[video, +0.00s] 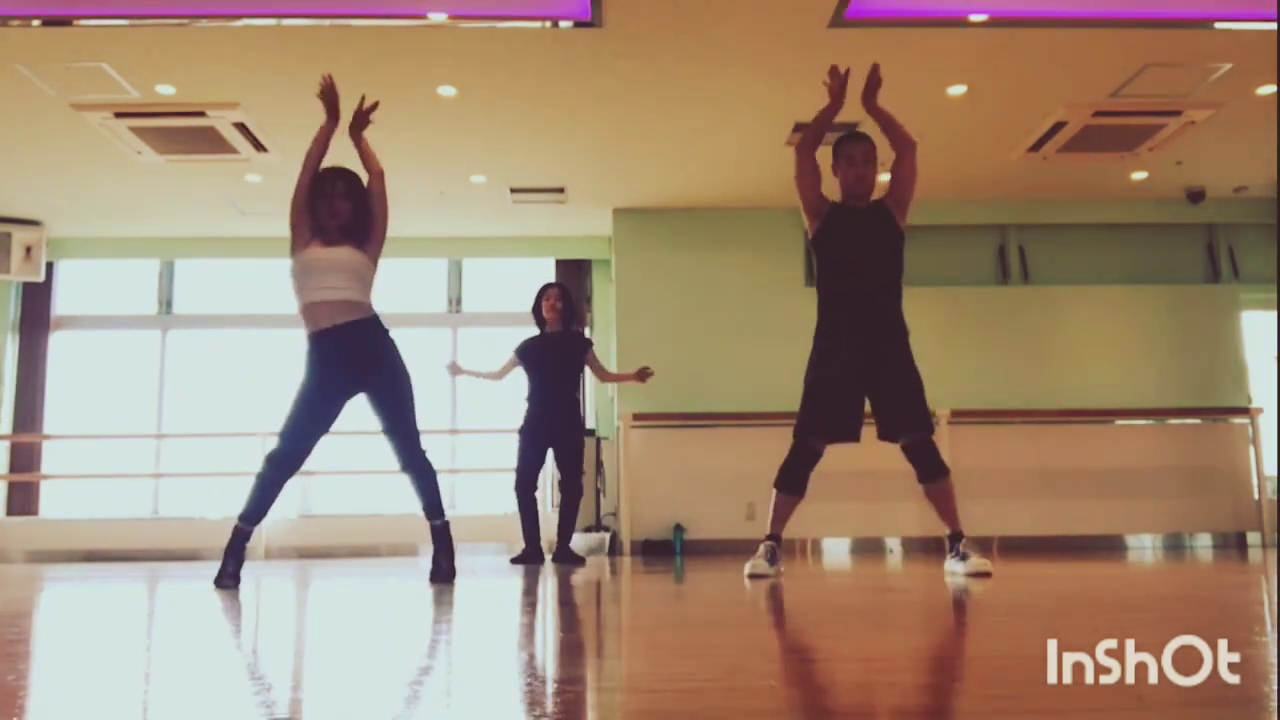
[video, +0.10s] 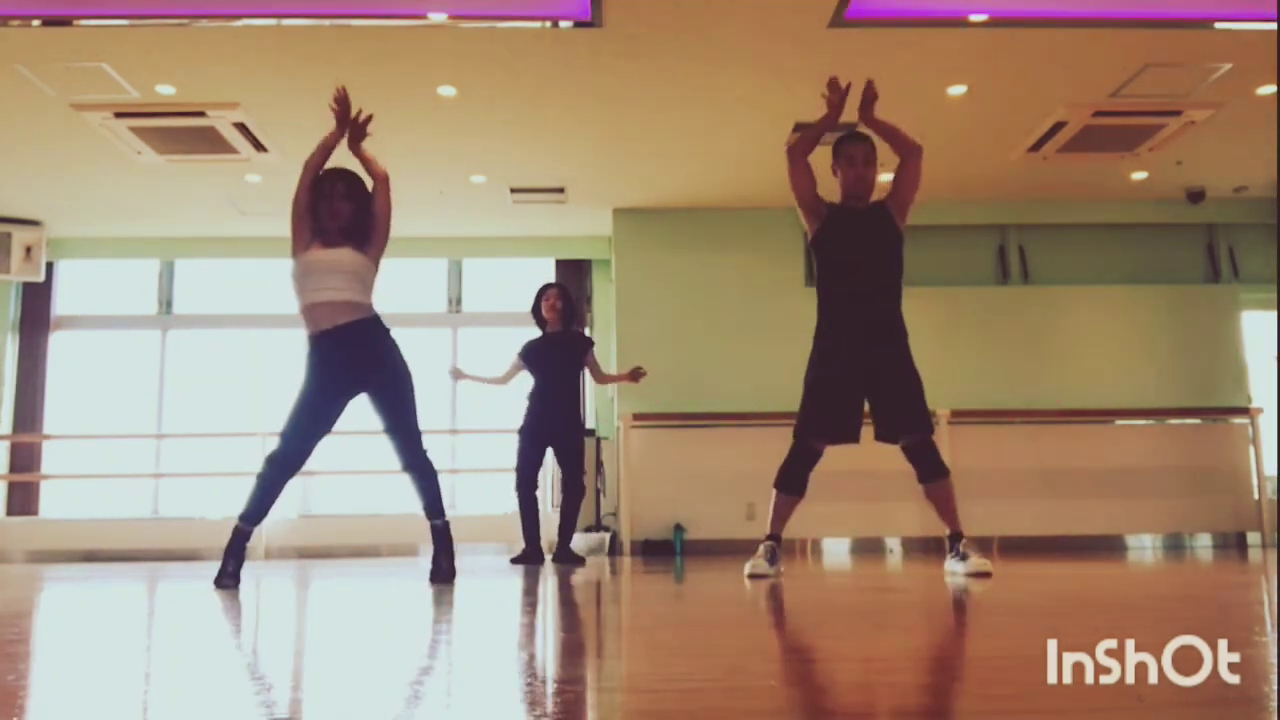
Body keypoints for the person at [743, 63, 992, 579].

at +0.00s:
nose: (859, 170)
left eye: (865, 162)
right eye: (850, 162)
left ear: (876, 169)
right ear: (835, 170)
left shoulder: (891, 214)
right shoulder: (822, 218)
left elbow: (907, 152)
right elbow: (803, 153)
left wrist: (874, 107)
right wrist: (832, 107)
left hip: (888, 349)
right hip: (835, 351)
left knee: (921, 447)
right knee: (805, 450)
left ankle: (958, 545)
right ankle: (770, 546)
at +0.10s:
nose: (857, 169)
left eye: (864, 162)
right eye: (849, 162)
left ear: (875, 169)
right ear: (835, 170)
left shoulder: (891, 215)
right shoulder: (820, 217)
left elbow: (913, 154)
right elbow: (795, 154)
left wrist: (872, 119)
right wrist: (828, 117)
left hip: (888, 349)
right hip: (835, 351)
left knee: (921, 449)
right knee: (805, 451)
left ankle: (958, 546)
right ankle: (770, 546)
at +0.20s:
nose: (857, 171)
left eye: (864, 163)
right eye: (849, 162)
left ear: (875, 170)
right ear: (834, 169)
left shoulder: (891, 215)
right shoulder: (819, 218)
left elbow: (918, 158)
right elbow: (789, 160)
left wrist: (874, 134)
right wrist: (828, 126)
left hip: (887, 348)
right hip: (835, 349)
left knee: (920, 447)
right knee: (806, 450)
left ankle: (958, 546)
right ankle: (770, 547)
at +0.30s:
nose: (857, 172)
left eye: (864, 164)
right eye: (849, 164)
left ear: (874, 171)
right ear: (835, 170)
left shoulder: (891, 216)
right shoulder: (818, 218)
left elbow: (925, 162)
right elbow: (780, 165)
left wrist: (877, 147)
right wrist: (825, 137)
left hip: (887, 350)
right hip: (834, 352)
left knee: (921, 447)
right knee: (806, 450)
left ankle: (958, 545)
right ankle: (770, 547)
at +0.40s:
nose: (858, 175)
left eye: (865, 166)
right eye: (849, 167)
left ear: (875, 171)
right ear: (836, 173)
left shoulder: (891, 218)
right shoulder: (818, 221)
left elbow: (929, 167)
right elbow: (775, 170)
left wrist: (880, 157)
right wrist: (818, 152)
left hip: (888, 353)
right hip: (834, 354)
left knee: (921, 448)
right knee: (804, 451)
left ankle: (959, 545)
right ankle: (770, 546)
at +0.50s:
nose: (860, 174)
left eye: (867, 166)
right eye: (851, 166)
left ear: (877, 174)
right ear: (835, 173)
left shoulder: (891, 219)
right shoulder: (817, 221)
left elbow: (935, 172)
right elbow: (769, 176)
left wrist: (886, 163)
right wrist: (814, 162)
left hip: (888, 353)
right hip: (834, 355)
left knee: (922, 447)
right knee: (804, 451)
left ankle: (958, 545)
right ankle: (770, 546)